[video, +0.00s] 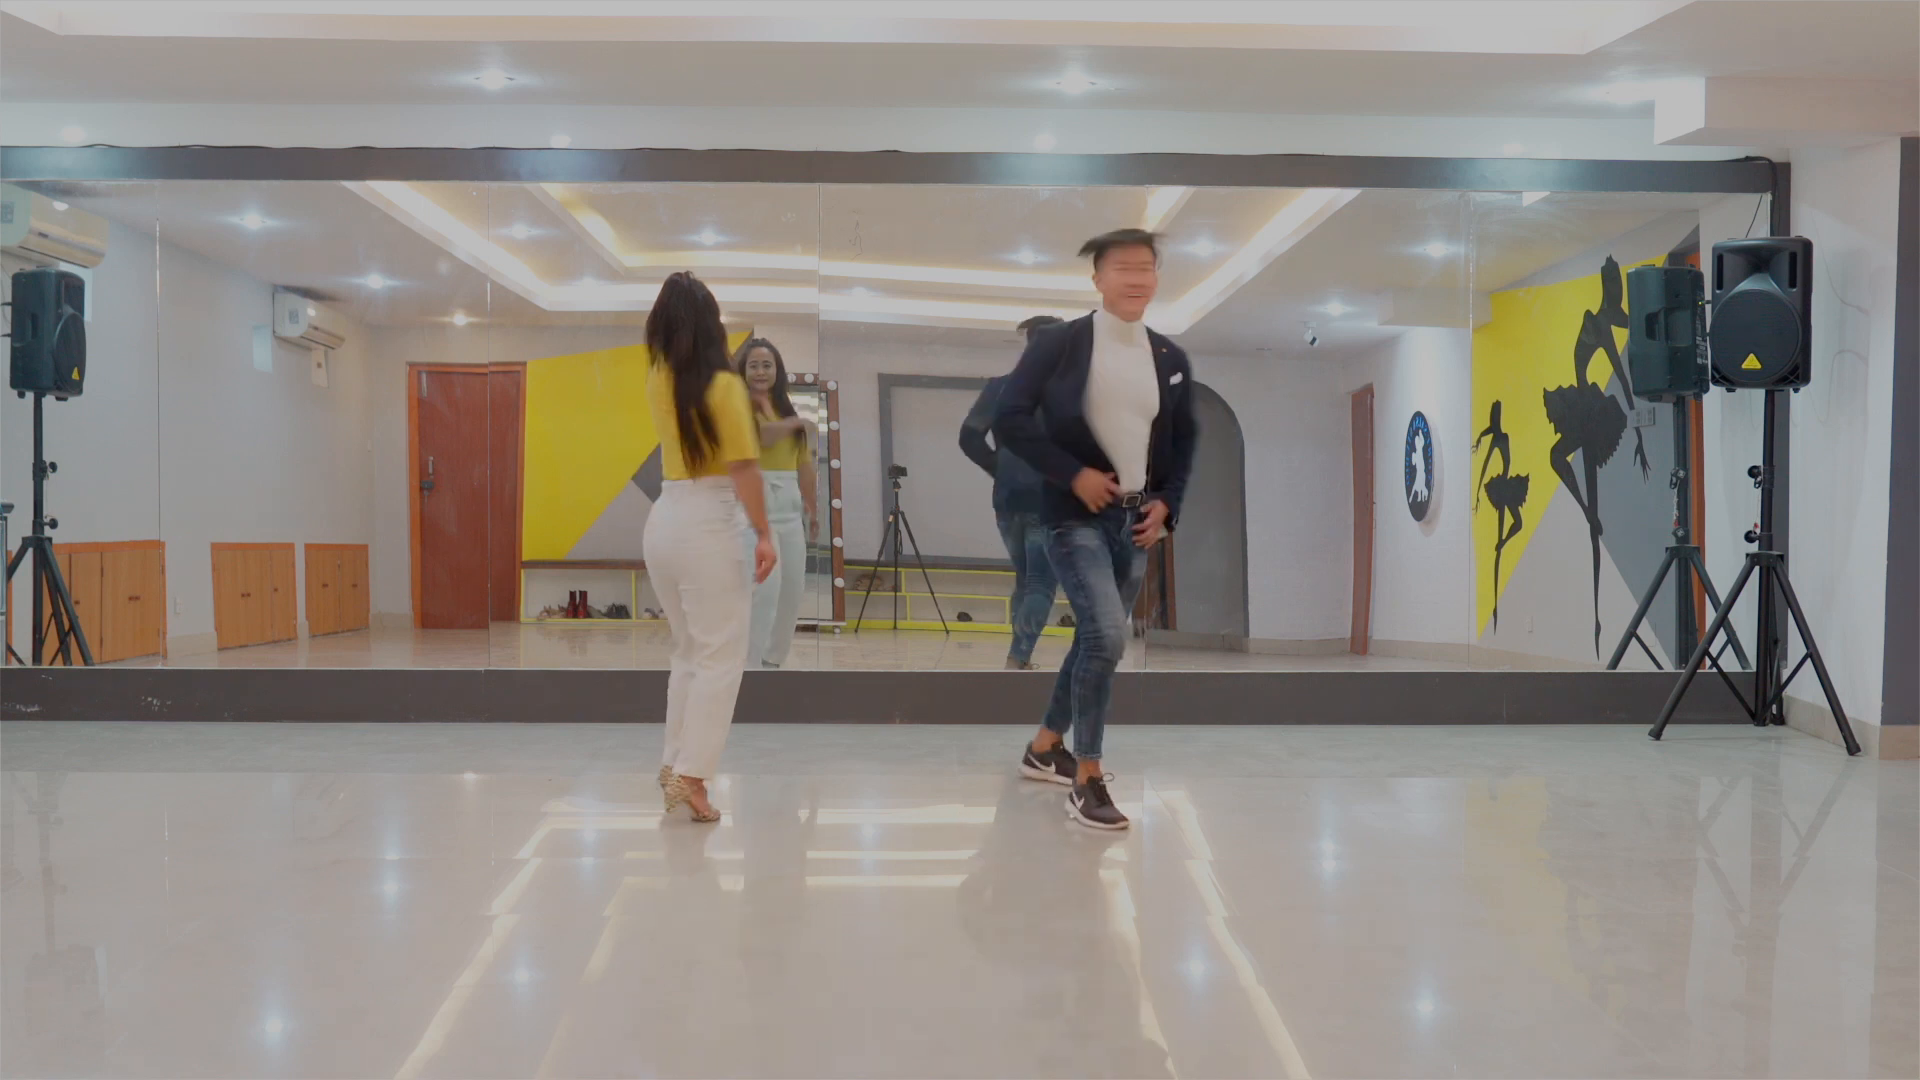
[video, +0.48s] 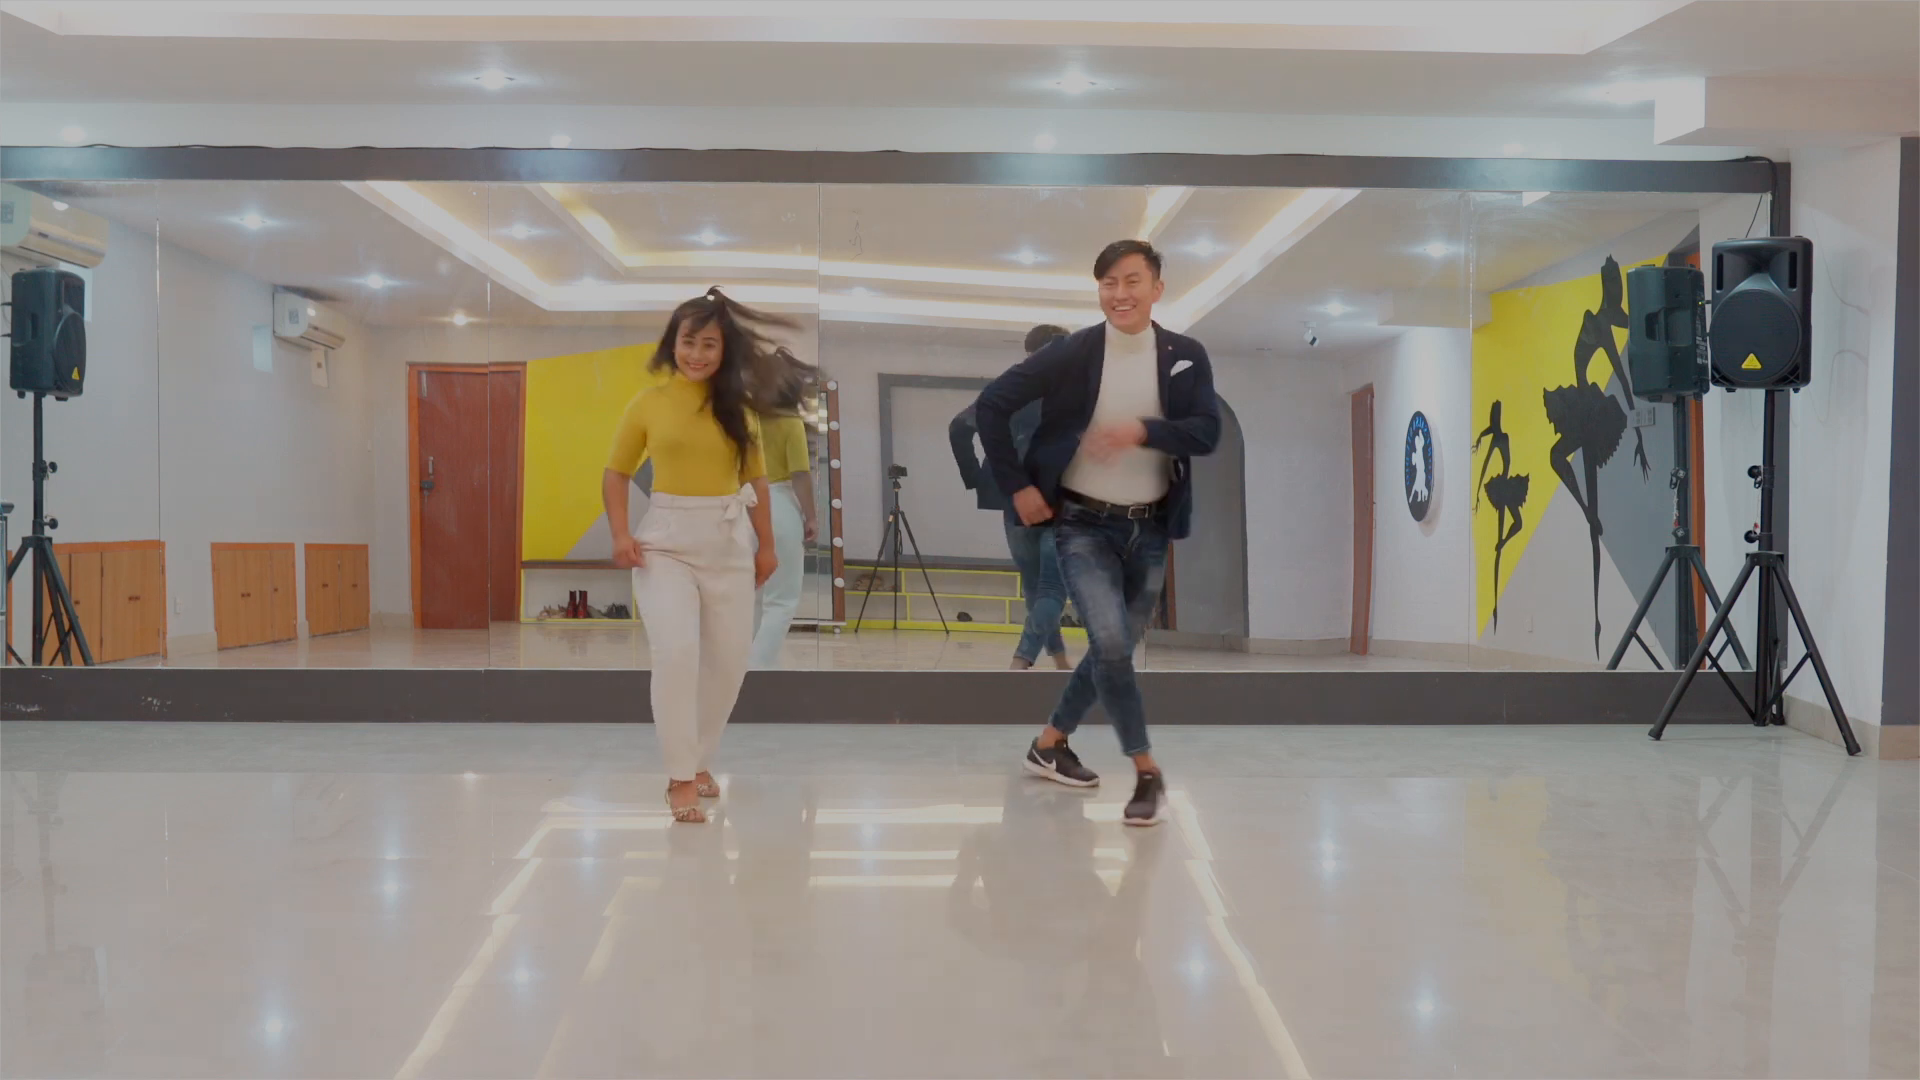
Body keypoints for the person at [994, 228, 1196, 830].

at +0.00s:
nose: (1135, 279)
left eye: (1144, 268)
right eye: (1122, 268)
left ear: (1157, 278)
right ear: (1097, 276)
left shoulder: (1170, 359)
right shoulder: (1057, 344)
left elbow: (1181, 438)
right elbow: (1010, 418)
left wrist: (1166, 499)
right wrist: (1072, 474)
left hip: (1135, 518)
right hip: (1074, 515)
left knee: (1097, 637)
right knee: (1107, 637)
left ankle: (1046, 743)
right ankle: (1088, 774)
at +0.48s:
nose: (1120, 293)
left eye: (1133, 281)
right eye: (1110, 283)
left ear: (1157, 288)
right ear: (1098, 291)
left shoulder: (1185, 355)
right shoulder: (1072, 353)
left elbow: (1206, 433)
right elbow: (991, 405)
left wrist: (1143, 431)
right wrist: (1019, 487)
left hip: (1149, 525)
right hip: (1082, 520)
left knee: (1116, 648)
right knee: (1111, 644)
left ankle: (1050, 741)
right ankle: (1146, 771)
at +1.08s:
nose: (1105, 275)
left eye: (1117, 262)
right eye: (1094, 265)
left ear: (1143, 270)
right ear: (1083, 275)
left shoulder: (1174, 337)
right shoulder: (1080, 341)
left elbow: (1250, 391)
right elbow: (1074, 406)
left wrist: (1213, 465)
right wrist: (1050, 404)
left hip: (1160, 502)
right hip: (1102, 507)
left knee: (1107, 598)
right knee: (1123, 644)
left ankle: (1201, 648)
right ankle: (1166, 777)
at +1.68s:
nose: (1053, 300)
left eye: (1066, 289)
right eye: (1044, 291)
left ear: (1093, 297)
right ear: (1036, 301)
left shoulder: (1129, 363)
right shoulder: (1034, 365)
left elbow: (1173, 444)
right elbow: (1006, 425)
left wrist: (1123, 494)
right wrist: (1006, 445)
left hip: (1122, 525)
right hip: (1058, 526)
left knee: (1092, 641)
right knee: (1082, 645)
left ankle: (1072, 765)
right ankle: (1132, 724)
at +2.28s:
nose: (1065, 260)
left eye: (1076, 249)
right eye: (1054, 249)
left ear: (1091, 258)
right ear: (1033, 257)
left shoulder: (1114, 316)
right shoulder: (1002, 318)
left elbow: (1149, 392)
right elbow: (943, 391)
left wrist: (1108, 443)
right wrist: (988, 409)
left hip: (1061, 481)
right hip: (992, 457)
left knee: (1024, 622)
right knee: (1037, 490)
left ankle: (966, 741)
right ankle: (986, 585)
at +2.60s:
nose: (1084, 295)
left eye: (1090, 284)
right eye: (1071, 283)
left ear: (1096, 288)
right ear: (1040, 285)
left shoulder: (1102, 359)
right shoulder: (1005, 348)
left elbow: (1112, 430)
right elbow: (944, 425)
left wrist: (1131, 472)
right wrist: (1025, 431)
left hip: (1079, 523)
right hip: (1017, 519)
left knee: (1081, 654)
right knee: (1056, 646)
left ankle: (980, 732)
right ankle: (1075, 760)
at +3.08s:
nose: (1089, 318)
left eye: (1099, 307)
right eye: (1076, 306)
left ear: (1109, 312)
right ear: (1051, 311)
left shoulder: (1115, 373)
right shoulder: (1020, 370)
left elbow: (1131, 453)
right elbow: (943, 430)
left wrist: (1101, 410)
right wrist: (991, 489)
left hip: (1082, 532)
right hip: (1022, 528)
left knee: (1059, 651)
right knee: (1064, 630)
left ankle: (971, 744)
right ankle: (1063, 748)